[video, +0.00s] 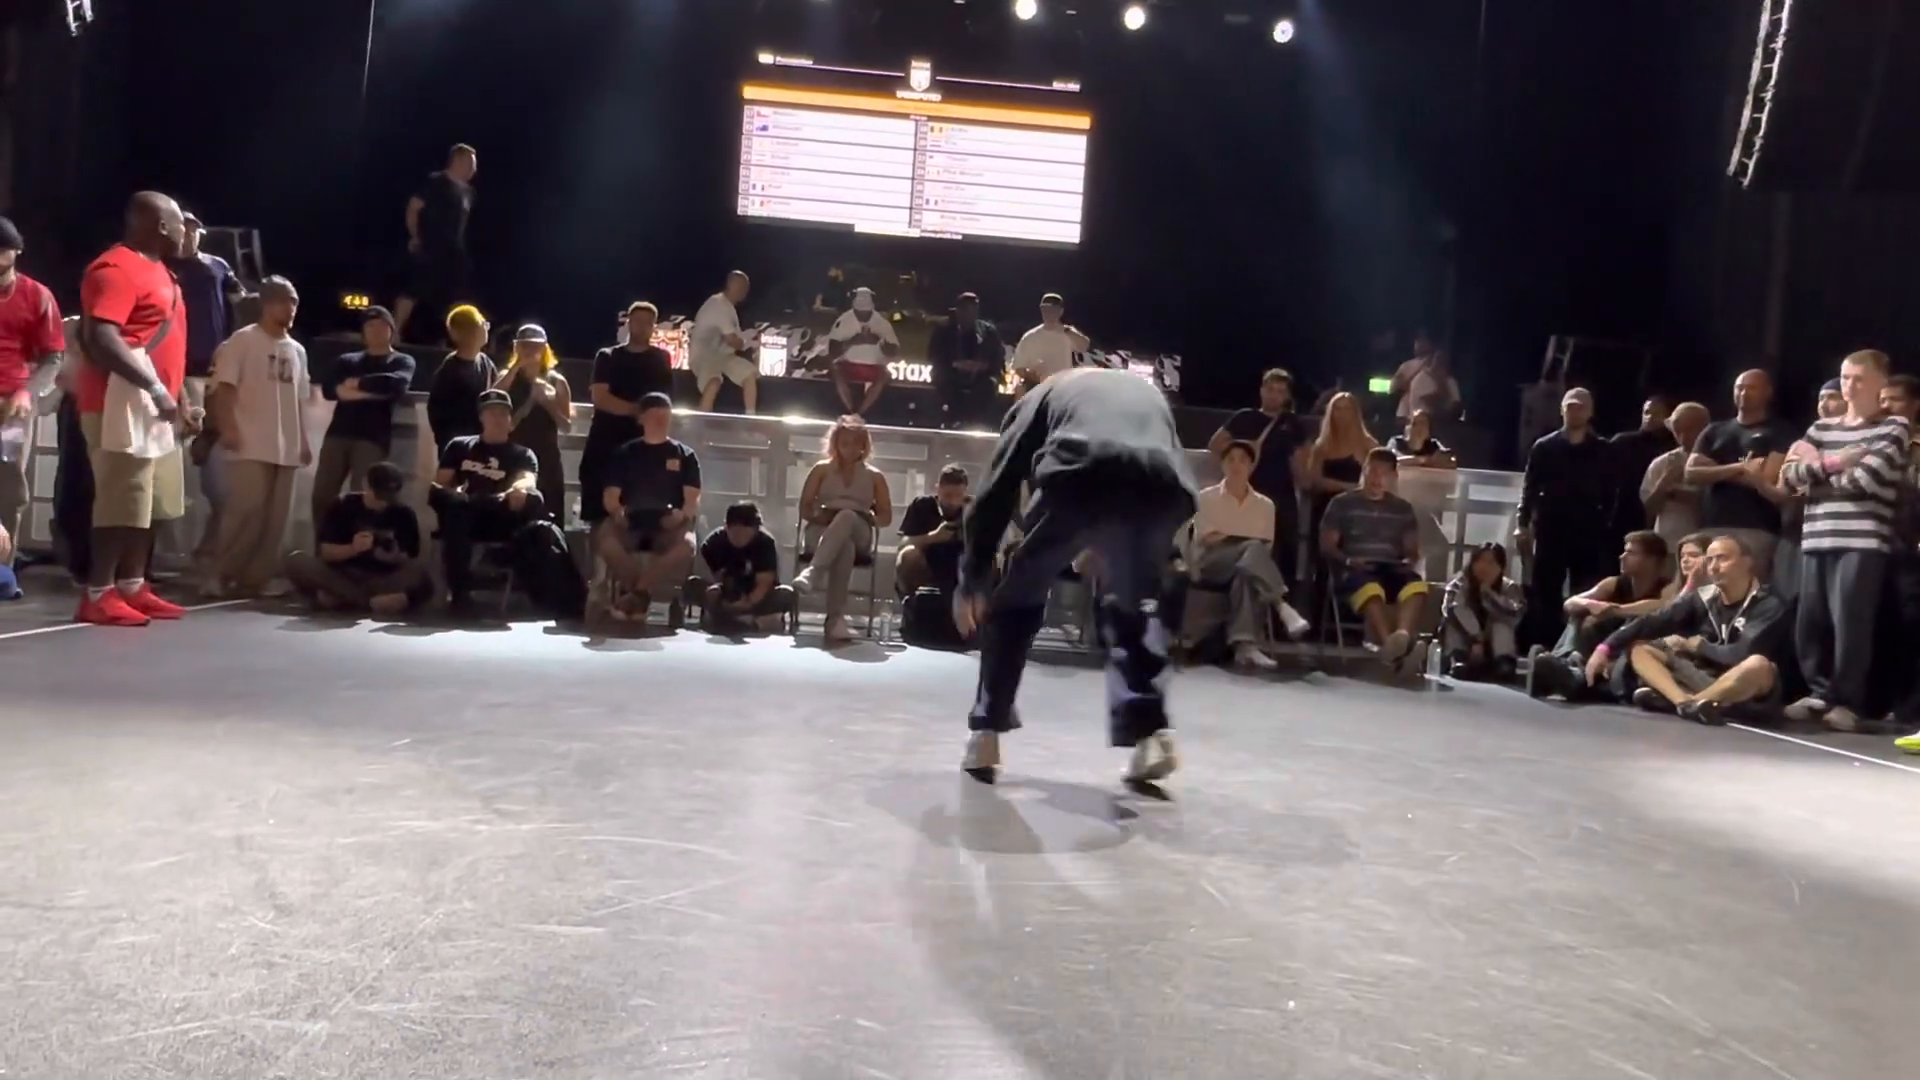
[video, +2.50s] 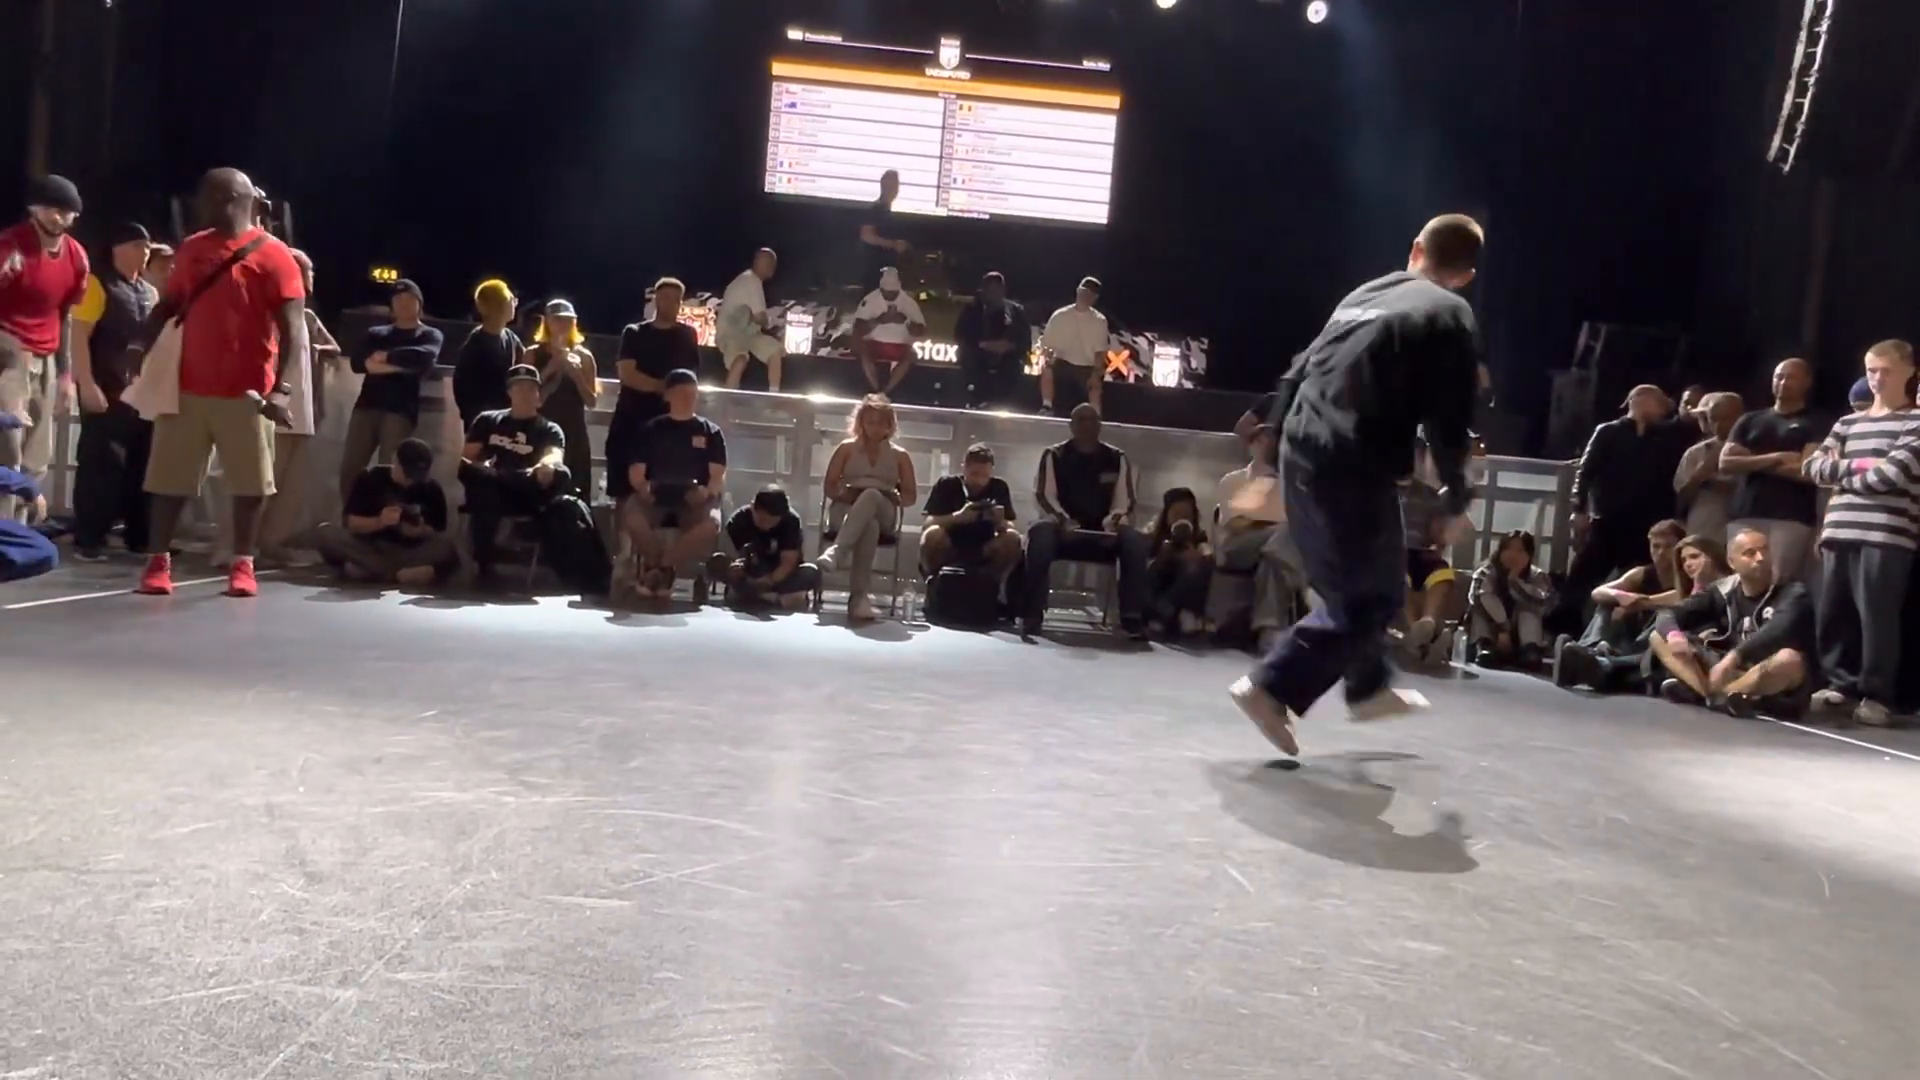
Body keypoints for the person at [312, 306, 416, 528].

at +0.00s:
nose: (375, 331)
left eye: (380, 326)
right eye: (370, 326)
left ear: (391, 331)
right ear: (363, 332)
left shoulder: (403, 361)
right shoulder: (347, 360)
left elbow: (397, 386)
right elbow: (330, 390)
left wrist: (357, 383)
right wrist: (374, 392)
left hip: (372, 439)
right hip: (338, 437)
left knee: (364, 501)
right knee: (322, 496)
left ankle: (360, 554)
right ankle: (322, 554)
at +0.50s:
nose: (385, 325)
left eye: (390, 320)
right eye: (380, 321)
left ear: (400, 326)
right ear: (373, 327)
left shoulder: (412, 356)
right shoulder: (356, 355)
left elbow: (405, 381)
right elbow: (339, 386)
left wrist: (367, 378)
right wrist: (380, 388)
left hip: (382, 434)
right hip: (349, 430)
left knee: (373, 495)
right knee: (331, 490)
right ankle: (332, 543)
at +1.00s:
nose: (390, 316)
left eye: (395, 311)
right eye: (386, 311)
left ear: (407, 317)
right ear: (379, 319)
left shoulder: (419, 347)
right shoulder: (364, 345)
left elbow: (411, 372)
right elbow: (345, 376)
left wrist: (372, 370)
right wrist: (389, 376)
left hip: (388, 421)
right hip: (355, 418)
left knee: (380, 482)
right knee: (338, 479)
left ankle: (376, 534)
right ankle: (340, 534)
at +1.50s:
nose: (398, 310)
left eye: (403, 306)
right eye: (394, 306)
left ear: (414, 311)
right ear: (387, 312)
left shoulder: (426, 341)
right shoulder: (370, 339)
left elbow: (420, 366)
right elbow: (351, 370)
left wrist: (380, 363)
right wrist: (395, 371)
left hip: (394, 416)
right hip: (361, 413)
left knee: (385, 479)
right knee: (344, 475)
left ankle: (381, 532)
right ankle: (346, 531)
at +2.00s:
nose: (402, 305)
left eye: (407, 300)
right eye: (398, 301)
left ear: (418, 306)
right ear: (391, 307)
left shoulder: (430, 336)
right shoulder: (375, 334)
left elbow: (423, 361)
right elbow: (357, 366)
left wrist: (385, 357)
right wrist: (400, 368)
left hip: (400, 414)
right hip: (366, 410)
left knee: (388, 475)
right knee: (349, 470)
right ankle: (350, 525)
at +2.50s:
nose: (403, 304)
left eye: (408, 299)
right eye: (398, 300)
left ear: (419, 305)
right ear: (392, 306)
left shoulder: (431, 334)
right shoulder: (376, 332)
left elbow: (424, 359)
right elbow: (358, 364)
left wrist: (385, 356)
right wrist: (401, 366)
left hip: (400, 411)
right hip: (367, 408)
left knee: (389, 472)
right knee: (350, 468)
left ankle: (384, 525)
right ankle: (349, 524)